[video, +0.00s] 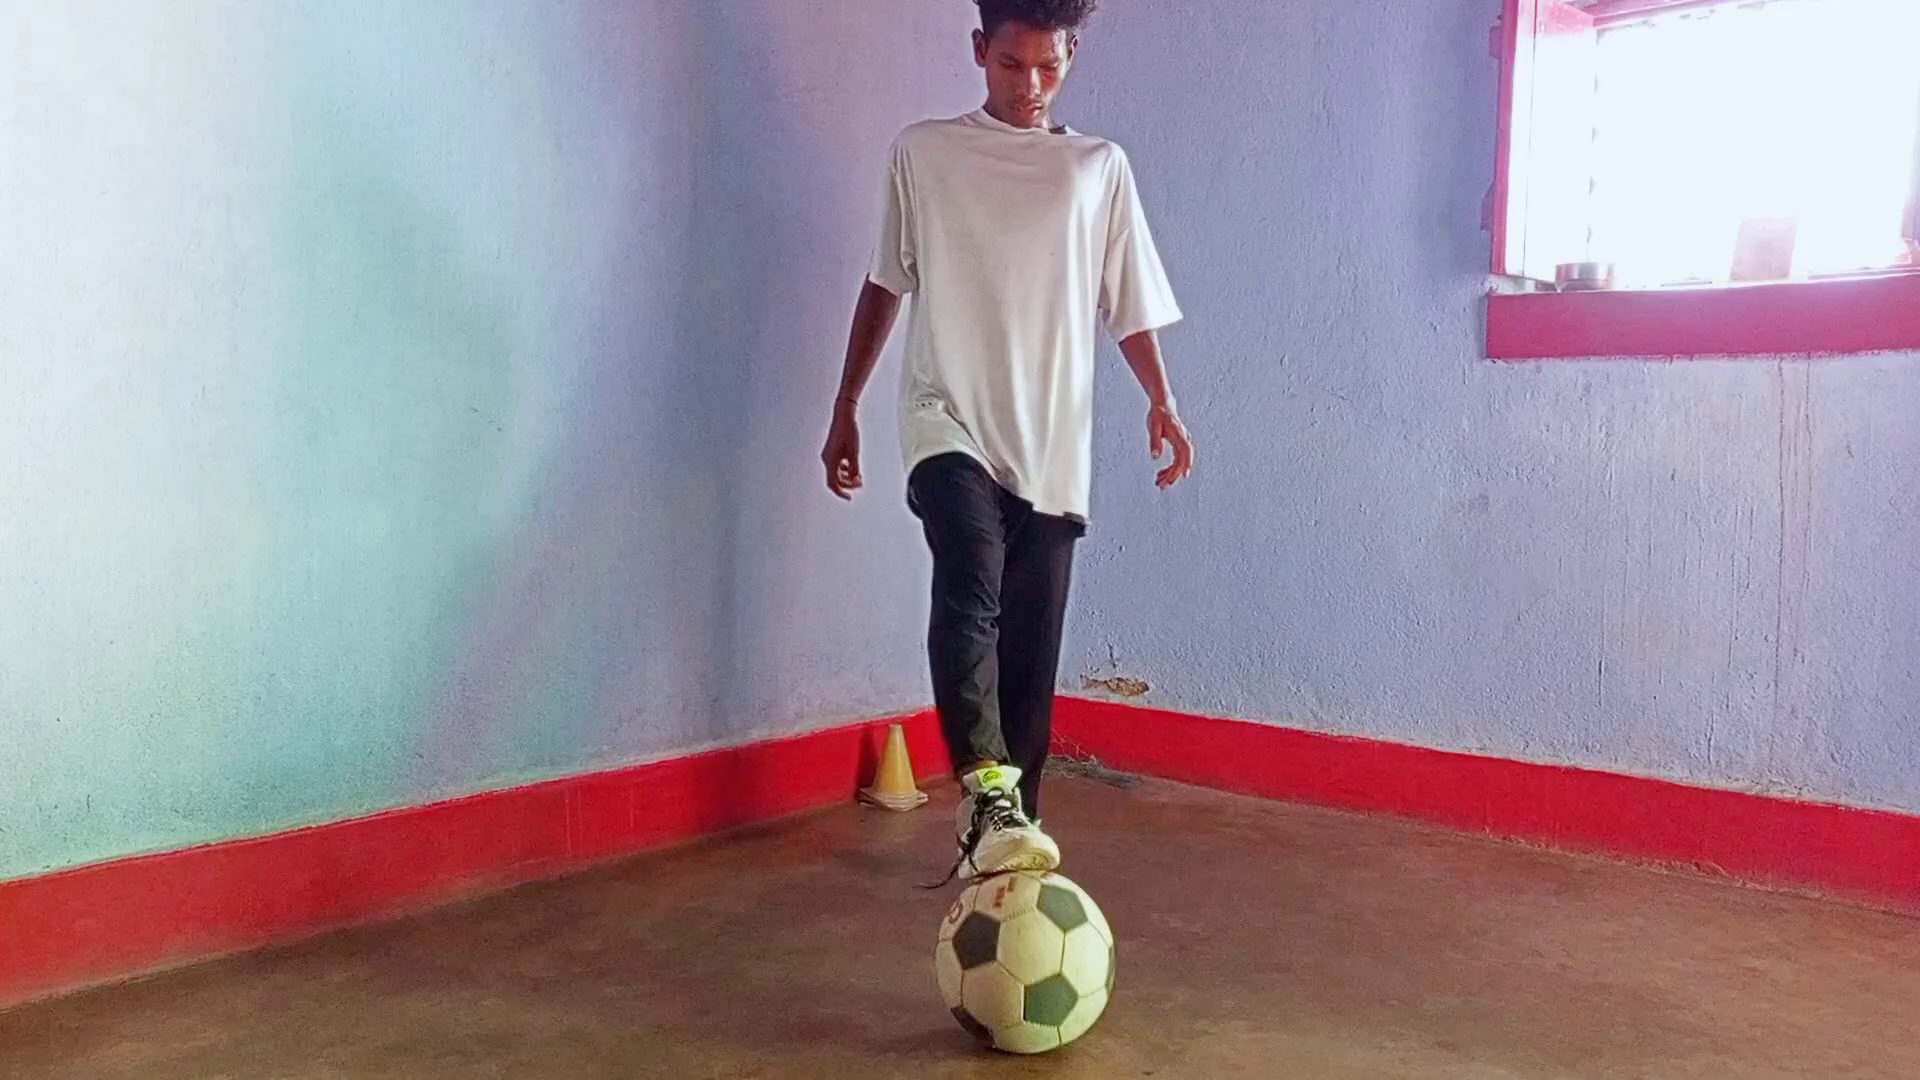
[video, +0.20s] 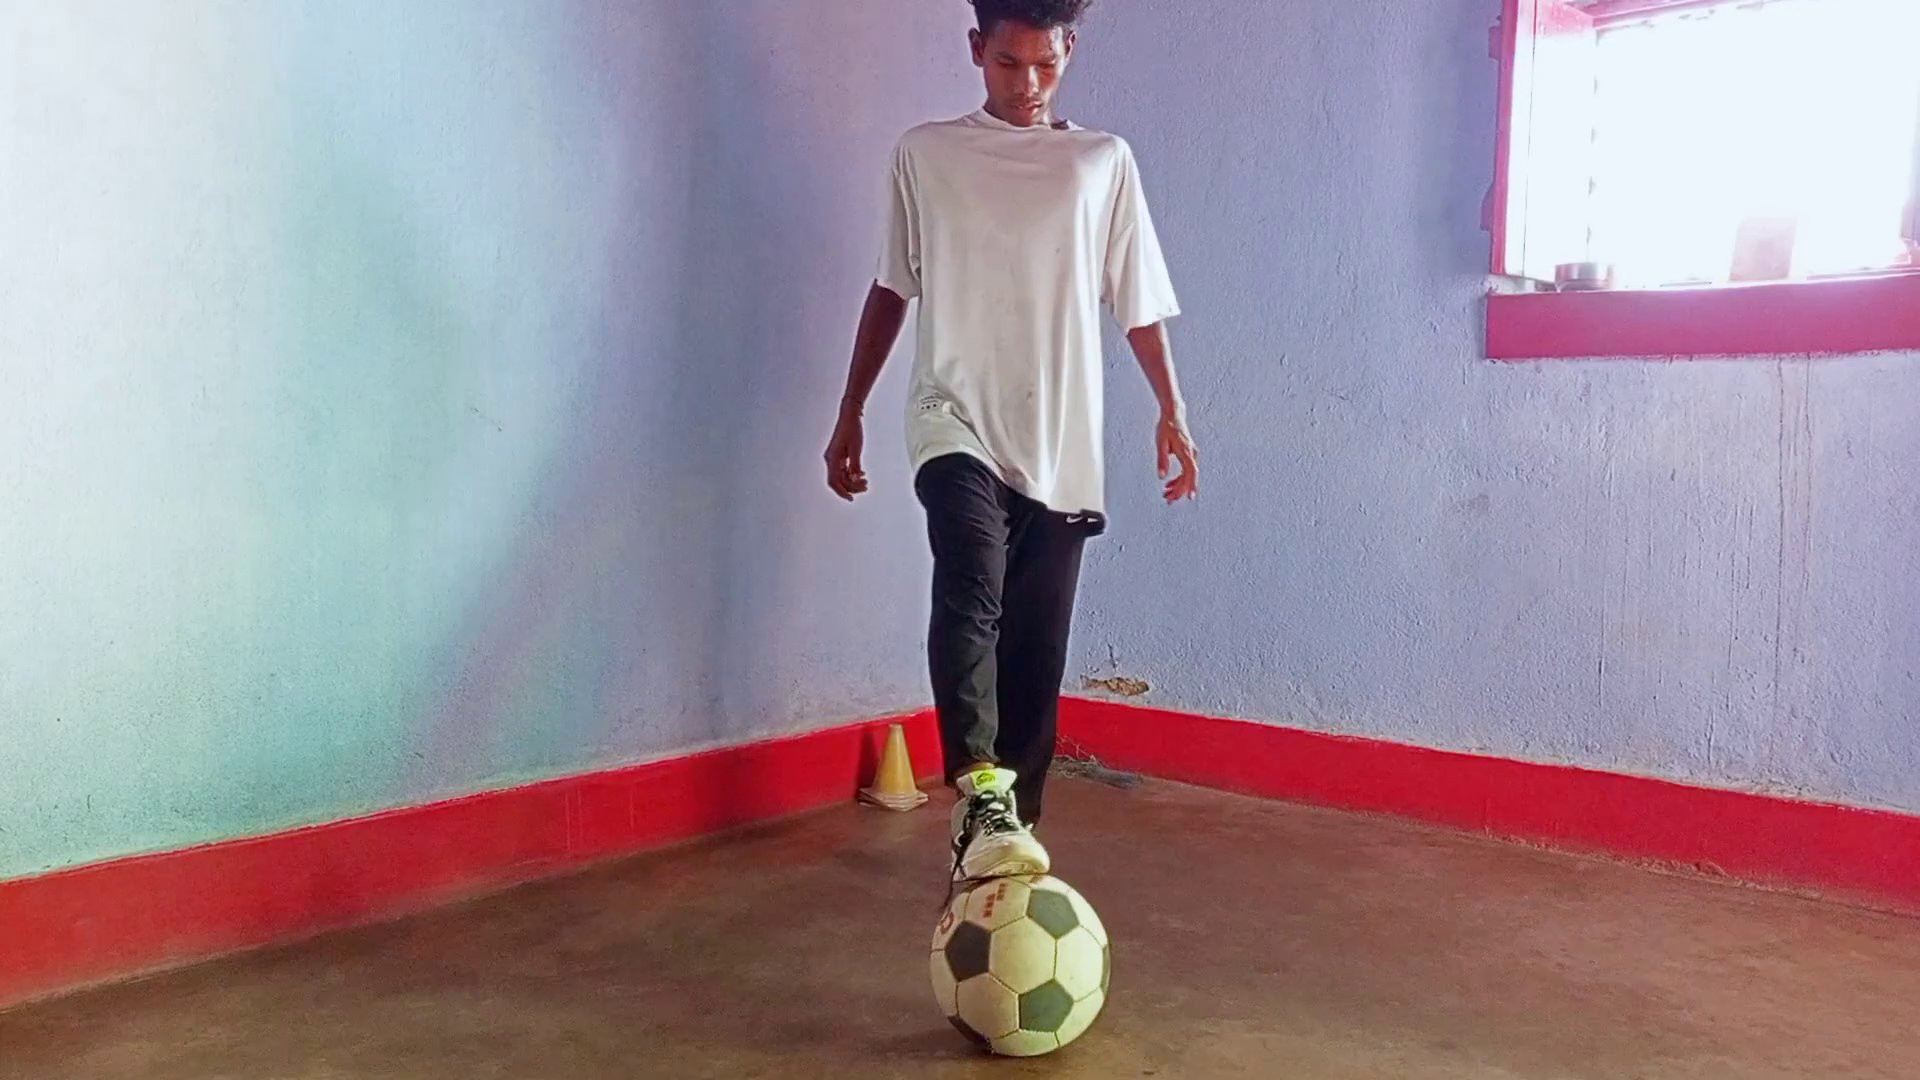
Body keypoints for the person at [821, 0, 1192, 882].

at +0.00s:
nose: (1032, 84)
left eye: (1049, 65)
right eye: (1014, 64)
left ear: (1072, 60)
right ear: (980, 53)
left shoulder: (1101, 167)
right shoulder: (922, 153)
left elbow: (1128, 303)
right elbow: (884, 287)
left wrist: (1161, 400)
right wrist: (845, 406)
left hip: (1051, 434)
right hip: (949, 416)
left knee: (1030, 644)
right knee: (972, 557)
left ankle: (1007, 842)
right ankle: (986, 788)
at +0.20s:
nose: (1029, 83)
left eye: (1045, 64)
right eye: (1012, 63)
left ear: (1070, 57)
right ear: (977, 51)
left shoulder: (1105, 160)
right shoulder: (923, 154)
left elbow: (1137, 300)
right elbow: (891, 291)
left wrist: (1172, 407)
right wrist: (850, 414)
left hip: (1061, 427)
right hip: (955, 411)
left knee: (1035, 644)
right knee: (973, 558)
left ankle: (1010, 840)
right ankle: (980, 788)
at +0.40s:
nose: (1030, 88)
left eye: (1047, 68)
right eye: (1012, 68)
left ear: (1071, 54)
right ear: (979, 52)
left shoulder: (1110, 161)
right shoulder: (928, 156)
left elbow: (1154, 301)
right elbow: (899, 294)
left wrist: (1195, 408)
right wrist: (858, 412)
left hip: (1063, 437)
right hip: (956, 418)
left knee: (1039, 646)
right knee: (973, 566)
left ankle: (1009, 843)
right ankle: (978, 793)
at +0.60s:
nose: (1035, 92)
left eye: (1052, 74)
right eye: (1017, 74)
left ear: (1079, 57)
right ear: (988, 54)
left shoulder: (1118, 162)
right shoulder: (935, 155)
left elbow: (1160, 297)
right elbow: (902, 293)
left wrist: (1200, 399)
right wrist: (863, 409)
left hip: (1059, 438)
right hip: (955, 416)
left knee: (1037, 645)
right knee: (972, 568)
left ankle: (1011, 840)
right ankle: (965, 787)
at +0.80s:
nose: (1045, 100)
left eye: (1065, 80)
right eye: (1027, 78)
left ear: (1094, 57)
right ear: (998, 51)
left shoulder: (1126, 163)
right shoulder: (940, 149)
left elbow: (1152, 295)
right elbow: (900, 279)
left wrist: (1173, 396)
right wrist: (863, 392)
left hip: (1058, 430)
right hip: (954, 409)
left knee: (1029, 629)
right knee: (974, 584)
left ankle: (1008, 834)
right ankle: (946, 804)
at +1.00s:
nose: (1047, 108)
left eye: (1067, 89)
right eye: (1029, 85)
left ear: (1096, 63)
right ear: (1000, 53)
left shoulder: (1132, 167)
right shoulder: (944, 148)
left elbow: (1147, 302)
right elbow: (898, 273)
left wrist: (1152, 411)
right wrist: (863, 377)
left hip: (1058, 444)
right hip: (953, 431)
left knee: (1035, 652)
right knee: (941, 638)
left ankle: (1017, 849)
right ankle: (953, 842)